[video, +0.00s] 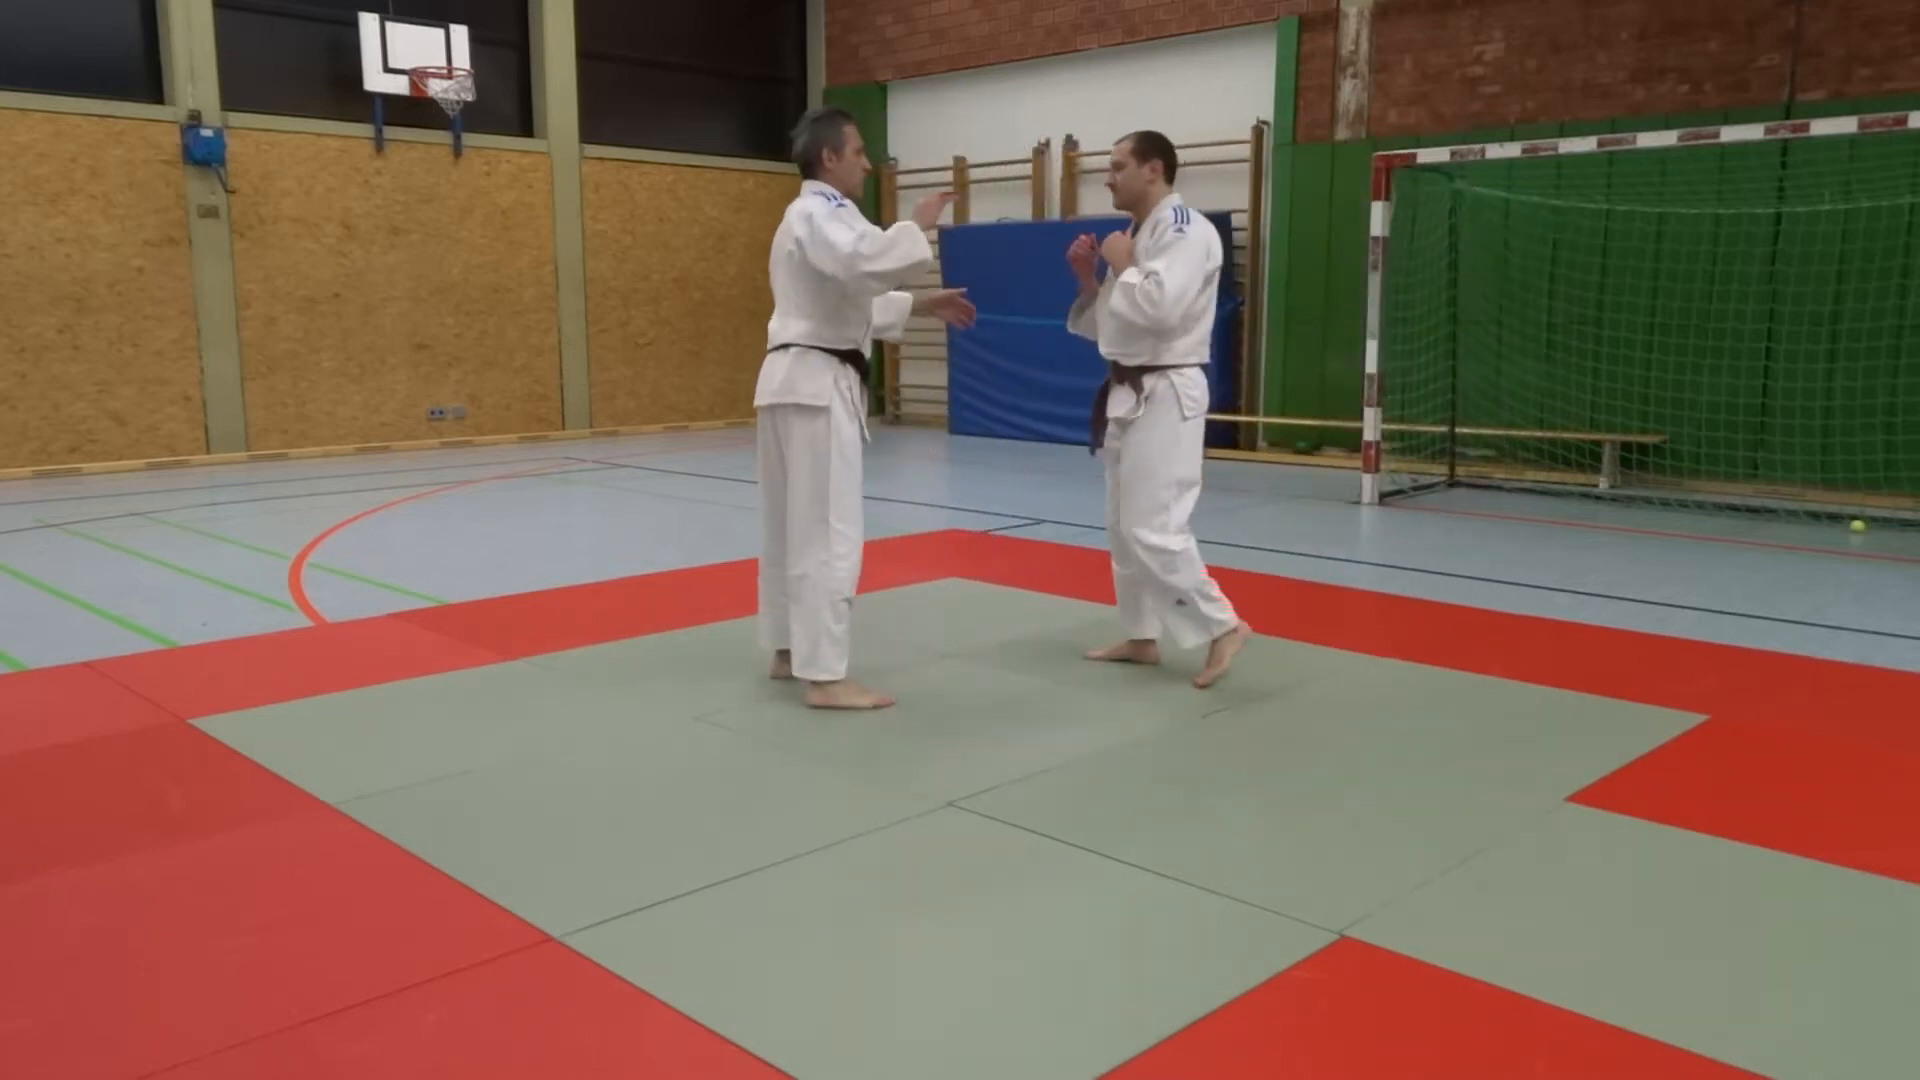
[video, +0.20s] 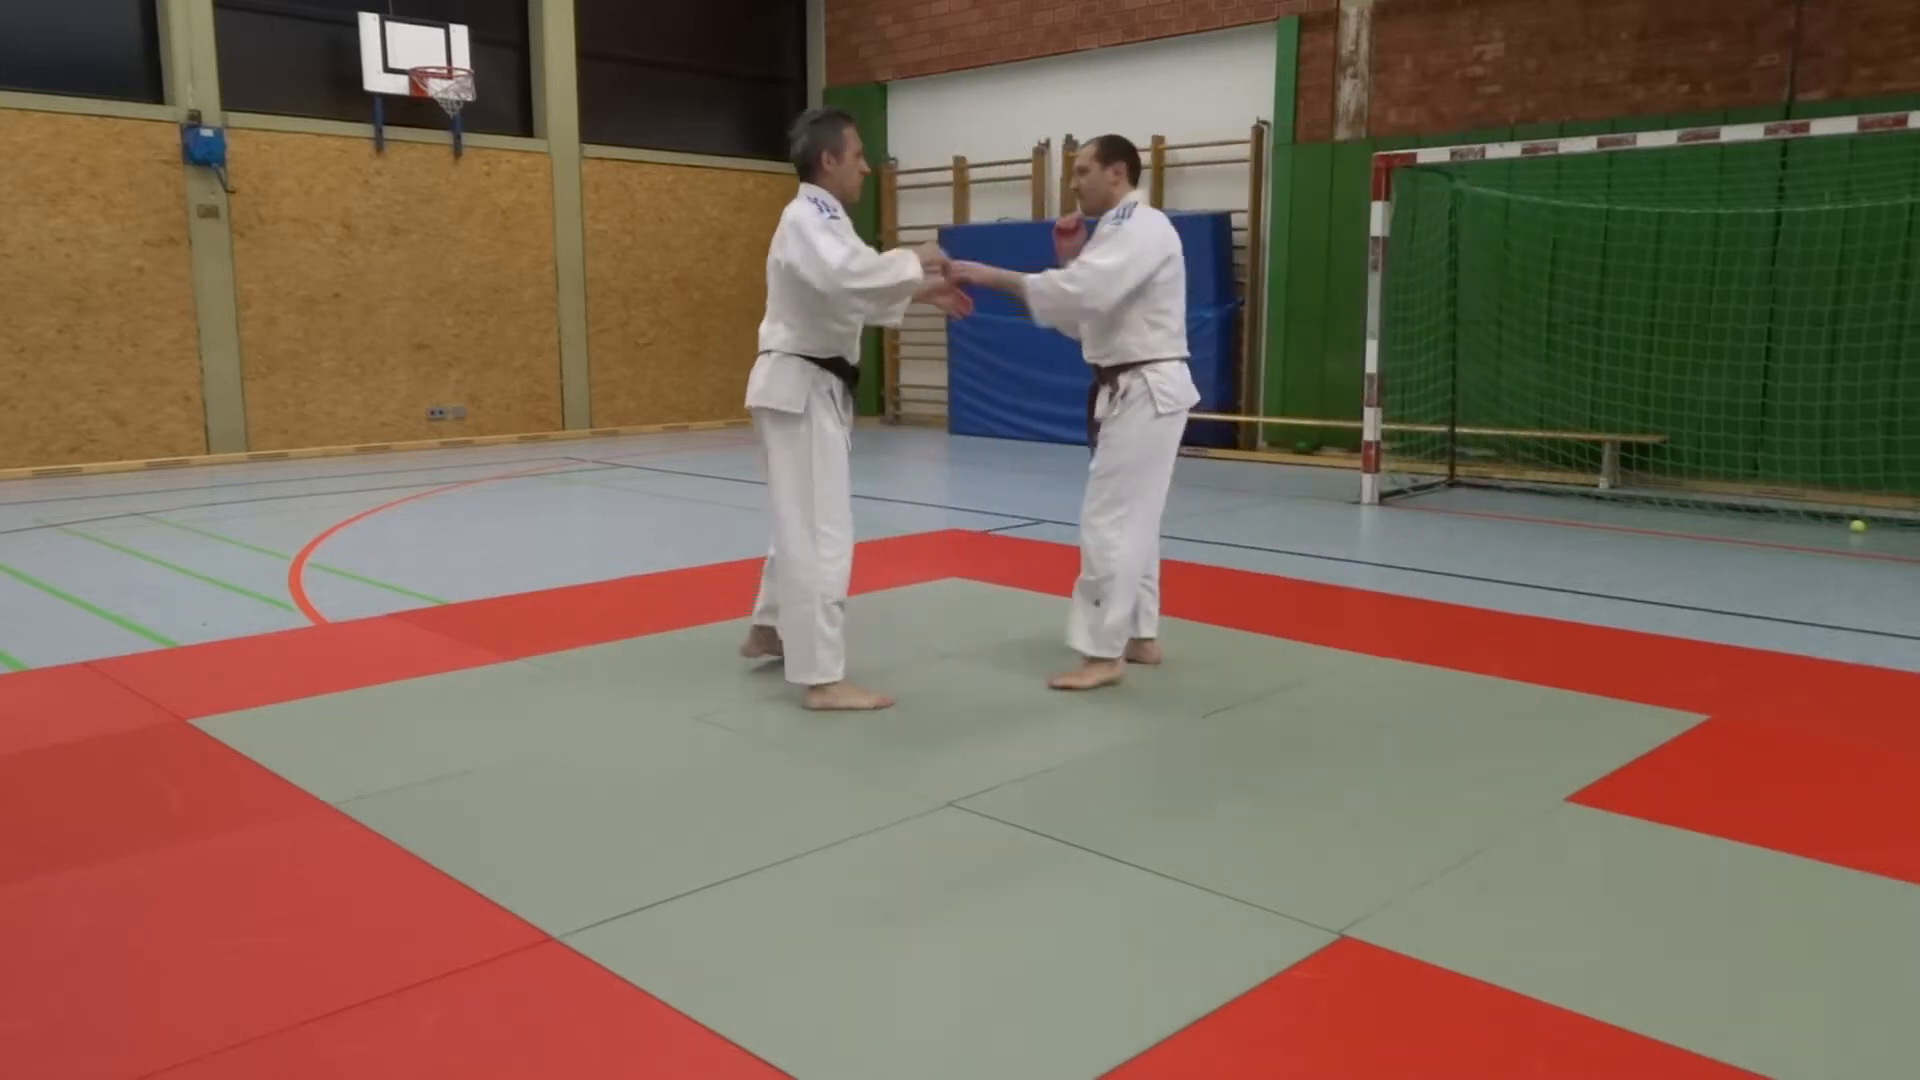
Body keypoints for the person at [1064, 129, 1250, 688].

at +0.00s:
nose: (1109, 177)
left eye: (1118, 167)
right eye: (1110, 169)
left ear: (1154, 172)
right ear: (1146, 175)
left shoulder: (1190, 231)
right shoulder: (1139, 237)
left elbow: (1157, 308)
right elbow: (1110, 327)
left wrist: (1122, 267)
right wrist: (1089, 284)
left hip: (1169, 392)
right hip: (1128, 393)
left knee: (1148, 525)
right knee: (1124, 524)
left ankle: (1225, 628)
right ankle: (1141, 639)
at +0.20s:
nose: (1075, 185)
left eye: (1083, 173)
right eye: (1074, 175)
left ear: (1119, 174)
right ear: (1114, 177)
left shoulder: (1144, 226)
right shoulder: (1113, 232)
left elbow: (1089, 291)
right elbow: (1085, 317)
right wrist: (1068, 263)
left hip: (1147, 390)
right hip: (1128, 388)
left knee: (1107, 519)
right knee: (1132, 516)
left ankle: (1103, 655)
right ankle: (1140, 636)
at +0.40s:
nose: (1044, 185)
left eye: (1051, 175)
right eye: (1044, 175)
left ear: (1082, 177)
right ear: (1094, 181)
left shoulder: (1072, 226)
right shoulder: (1137, 227)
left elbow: (980, 256)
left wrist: (883, 277)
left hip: (1128, 391)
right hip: (1168, 383)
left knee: (1104, 521)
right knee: (1154, 517)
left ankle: (1103, 660)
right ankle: (1146, 635)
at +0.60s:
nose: (1037, 185)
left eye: (1042, 175)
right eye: (1038, 175)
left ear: (1073, 173)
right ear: (1091, 176)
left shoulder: (1051, 220)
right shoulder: (1139, 226)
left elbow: (958, 235)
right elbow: (1137, 305)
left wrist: (869, 256)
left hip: (1117, 387)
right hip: (1162, 381)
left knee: (1096, 521)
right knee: (1150, 517)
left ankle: (1101, 661)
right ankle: (1143, 635)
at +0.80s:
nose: (1043, 186)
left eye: (1048, 175)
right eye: (1045, 176)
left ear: (1075, 174)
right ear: (1100, 178)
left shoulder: (1053, 216)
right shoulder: (1144, 230)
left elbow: (956, 226)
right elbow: (1134, 314)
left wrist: (865, 256)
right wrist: (1082, 375)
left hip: (1108, 385)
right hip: (1159, 381)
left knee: (1094, 523)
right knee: (1152, 517)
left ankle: (1101, 662)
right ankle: (1154, 637)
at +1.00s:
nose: (1047, 183)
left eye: (1054, 173)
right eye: (1049, 174)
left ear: (1082, 174)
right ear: (1099, 178)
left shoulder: (1058, 214)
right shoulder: (1133, 230)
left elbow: (982, 222)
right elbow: (1129, 314)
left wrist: (904, 236)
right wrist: (1084, 377)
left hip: (1109, 384)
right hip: (1153, 381)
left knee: (1094, 522)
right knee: (1151, 518)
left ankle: (1096, 660)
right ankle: (1157, 637)